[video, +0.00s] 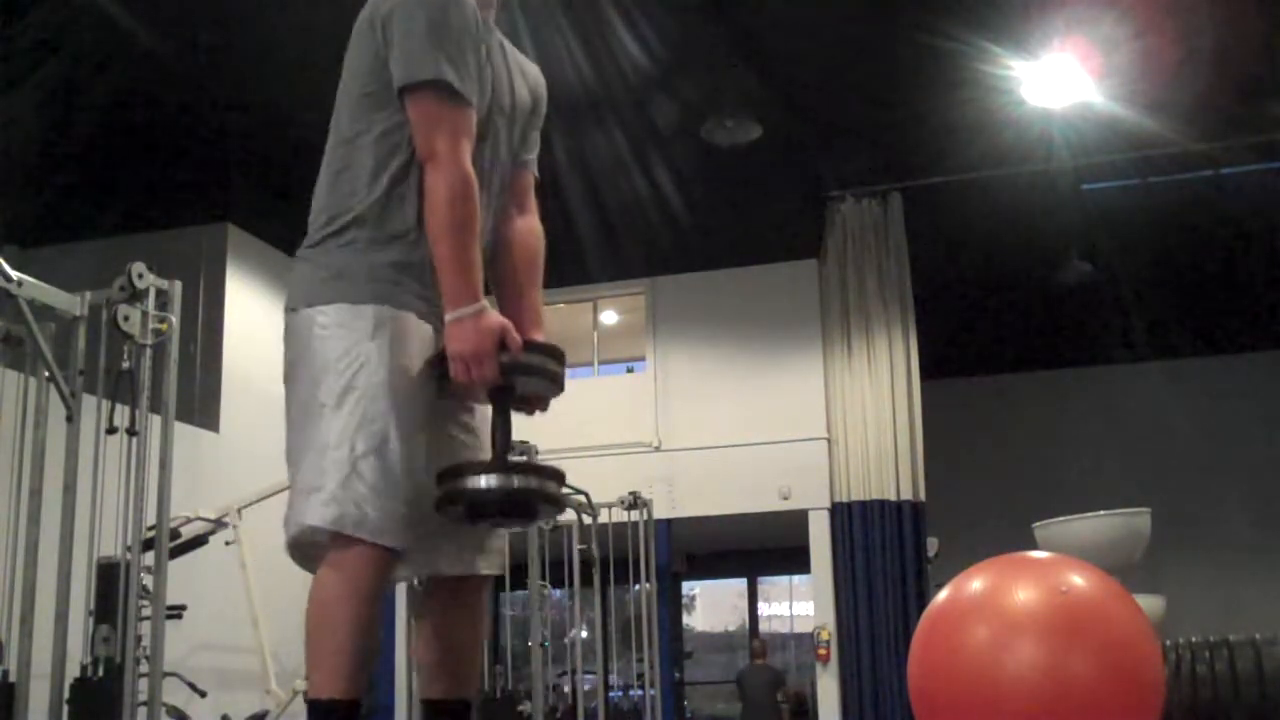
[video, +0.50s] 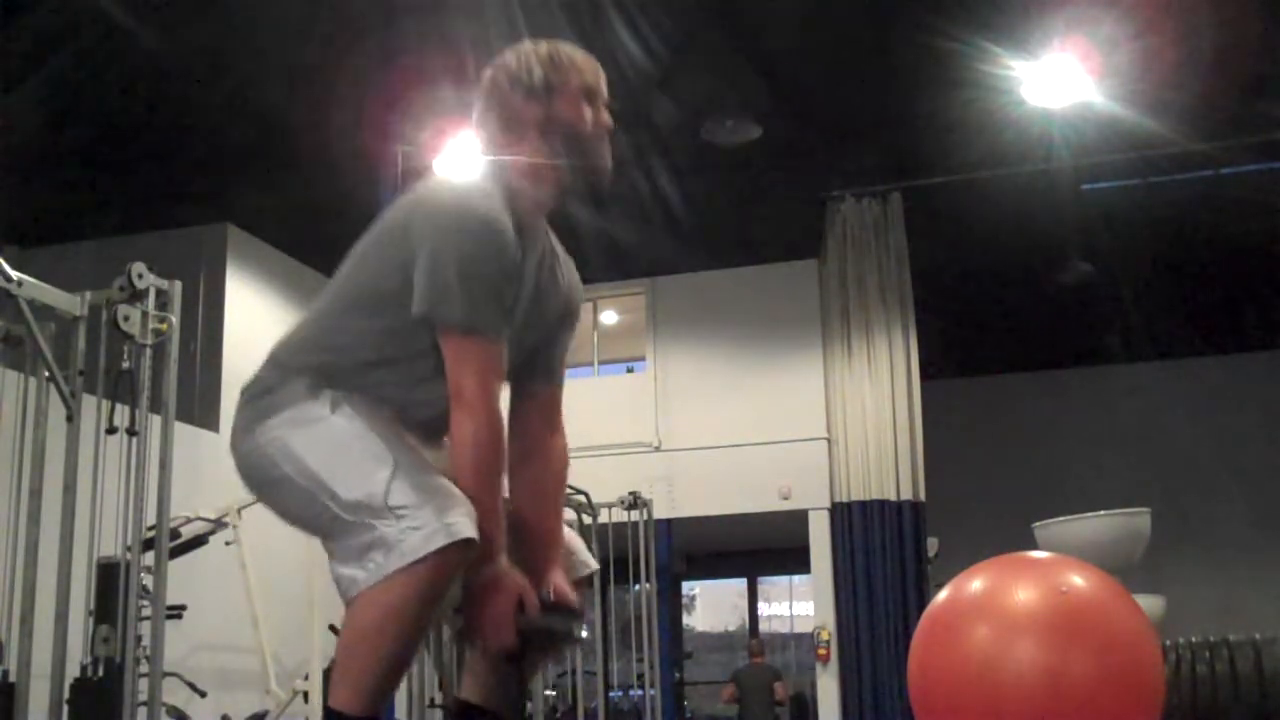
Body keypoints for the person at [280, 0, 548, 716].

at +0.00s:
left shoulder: (523, 75)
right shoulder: (427, 8)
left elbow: (519, 211)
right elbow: (442, 158)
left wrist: (531, 337)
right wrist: (464, 308)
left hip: (452, 317)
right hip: (365, 300)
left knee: (462, 553)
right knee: (363, 533)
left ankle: (449, 711)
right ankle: (332, 711)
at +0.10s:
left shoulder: (527, 97)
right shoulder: (433, 22)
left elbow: (521, 235)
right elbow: (448, 189)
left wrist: (530, 361)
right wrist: (469, 341)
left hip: (437, 327)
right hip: (350, 308)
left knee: (485, 550)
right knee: (381, 529)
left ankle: (459, 711)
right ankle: (336, 714)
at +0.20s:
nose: (550, 24)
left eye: (549, 17)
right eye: (530, 9)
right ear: (481, 9)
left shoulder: (533, 143)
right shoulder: (439, 65)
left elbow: (524, 279)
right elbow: (453, 243)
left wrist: (535, 418)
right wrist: (472, 399)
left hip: (423, 349)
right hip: (330, 324)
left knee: (513, 563)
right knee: (401, 530)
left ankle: (465, 711)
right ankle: (336, 711)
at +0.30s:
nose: (581, 22)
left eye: (577, 10)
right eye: (558, 7)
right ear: (502, 24)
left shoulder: (543, 192)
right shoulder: (451, 116)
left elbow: (529, 340)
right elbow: (459, 304)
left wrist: (541, 476)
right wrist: (474, 456)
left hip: (404, 376)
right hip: (312, 350)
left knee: (494, 531)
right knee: (405, 526)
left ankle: (470, 704)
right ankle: (338, 710)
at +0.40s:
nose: (598, 77)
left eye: (596, 61)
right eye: (580, 58)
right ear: (518, 68)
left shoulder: (549, 235)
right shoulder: (460, 165)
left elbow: (536, 390)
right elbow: (466, 363)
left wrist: (545, 523)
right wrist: (484, 514)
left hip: (397, 404)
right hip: (302, 382)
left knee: (534, 567)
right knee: (412, 535)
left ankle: (476, 709)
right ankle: (343, 713)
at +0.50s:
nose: (610, 118)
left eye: (605, 103)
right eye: (592, 100)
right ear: (533, 114)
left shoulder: (558, 280)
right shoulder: (469, 214)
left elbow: (542, 429)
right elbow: (474, 406)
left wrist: (545, 565)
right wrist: (491, 564)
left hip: (396, 429)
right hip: (299, 407)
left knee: (559, 563)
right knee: (432, 533)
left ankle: (477, 705)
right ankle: (345, 710)